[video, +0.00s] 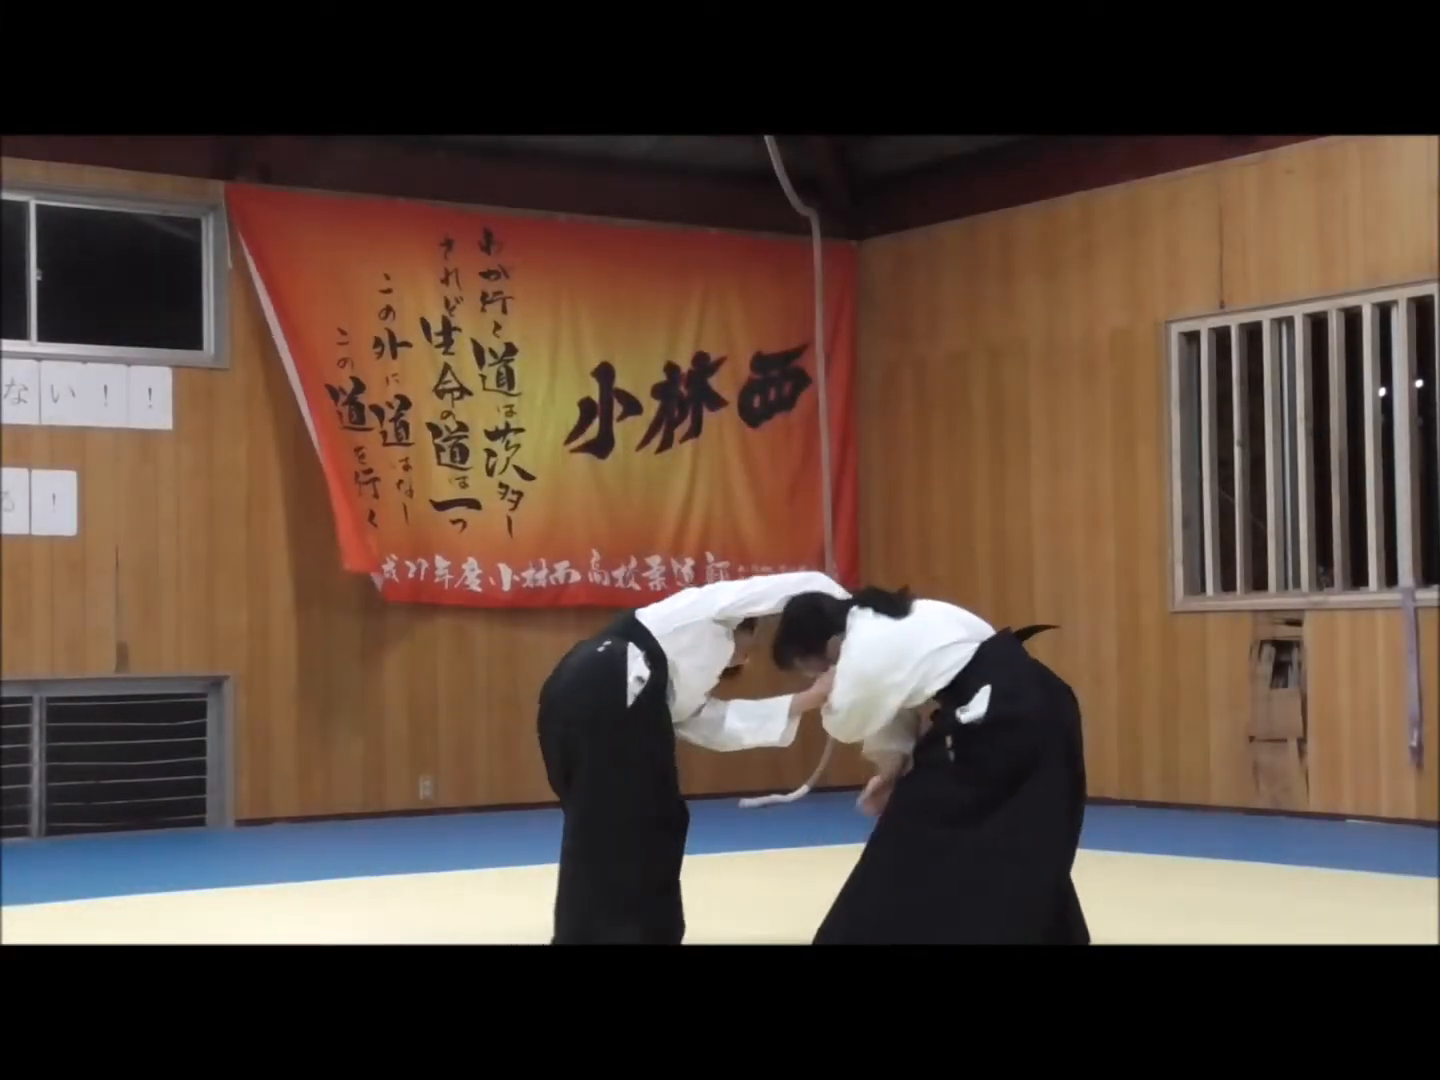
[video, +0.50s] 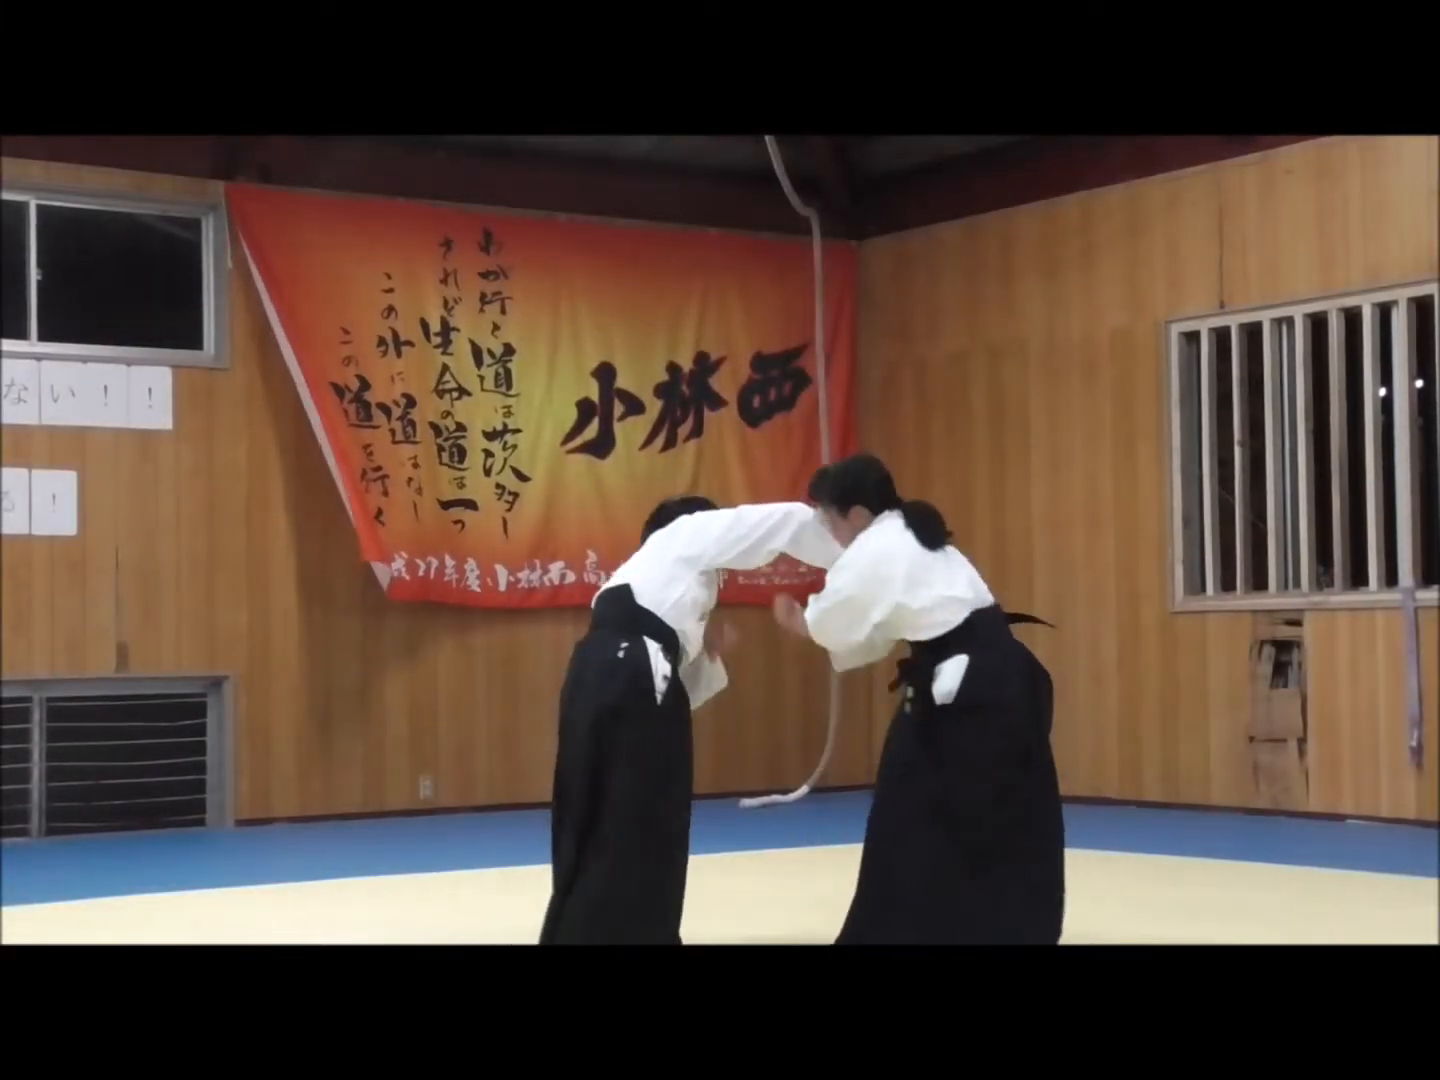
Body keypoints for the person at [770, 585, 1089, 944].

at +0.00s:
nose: (817, 676)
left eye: (813, 667)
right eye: (810, 672)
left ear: (831, 645)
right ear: (836, 621)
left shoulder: (862, 652)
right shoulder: (886, 615)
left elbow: (842, 727)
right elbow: (911, 716)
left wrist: (831, 685)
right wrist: (891, 773)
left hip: (996, 719)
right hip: (1047, 703)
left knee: (908, 836)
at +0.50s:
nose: (828, 532)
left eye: (828, 519)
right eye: (824, 520)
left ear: (855, 513)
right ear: (877, 504)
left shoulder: (872, 552)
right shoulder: (922, 533)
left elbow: (830, 627)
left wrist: (795, 620)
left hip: (963, 683)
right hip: (1015, 670)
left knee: (912, 818)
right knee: (1010, 820)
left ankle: (905, 931)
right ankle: (1007, 931)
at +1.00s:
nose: (846, 467)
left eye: (850, 457)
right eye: (845, 457)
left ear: (875, 458)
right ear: (902, 456)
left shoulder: (871, 507)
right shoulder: (924, 502)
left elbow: (797, 542)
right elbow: (823, 542)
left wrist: (777, 488)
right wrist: (776, 510)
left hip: (901, 664)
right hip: (954, 659)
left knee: (882, 802)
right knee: (949, 807)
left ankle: (880, 928)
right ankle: (944, 929)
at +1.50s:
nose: (751, 527)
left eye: (754, 518)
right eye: (752, 519)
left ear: (769, 518)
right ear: (807, 515)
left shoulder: (748, 561)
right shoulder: (835, 554)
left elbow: (680, 563)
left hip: (799, 690)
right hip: (868, 683)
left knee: (786, 821)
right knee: (898, 812)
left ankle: (772, 931)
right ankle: (929, 928)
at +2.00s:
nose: (678, 631)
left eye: (677, 621)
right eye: (677, 623)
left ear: (689, 609)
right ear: (728, 595)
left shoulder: (695, 640)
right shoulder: (772, 606)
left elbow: (683, 751)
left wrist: (686, 832)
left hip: (777, 697)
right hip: (847, 680)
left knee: (770, 826)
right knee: (892, 798)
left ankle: (764, 928)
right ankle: (945, 923)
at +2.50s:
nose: (713, 522)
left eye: (716, 512)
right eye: (715, 512)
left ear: (733, 510)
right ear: (771, 505)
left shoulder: (719, 548)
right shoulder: (808, 543)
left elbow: (644, 556)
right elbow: (820, 605)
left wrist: (609, 522)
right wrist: (743, 636)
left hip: (780, 678)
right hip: (845, 669)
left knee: (766, 802)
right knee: (889, 786)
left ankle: (767, 927)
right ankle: (942, 904)